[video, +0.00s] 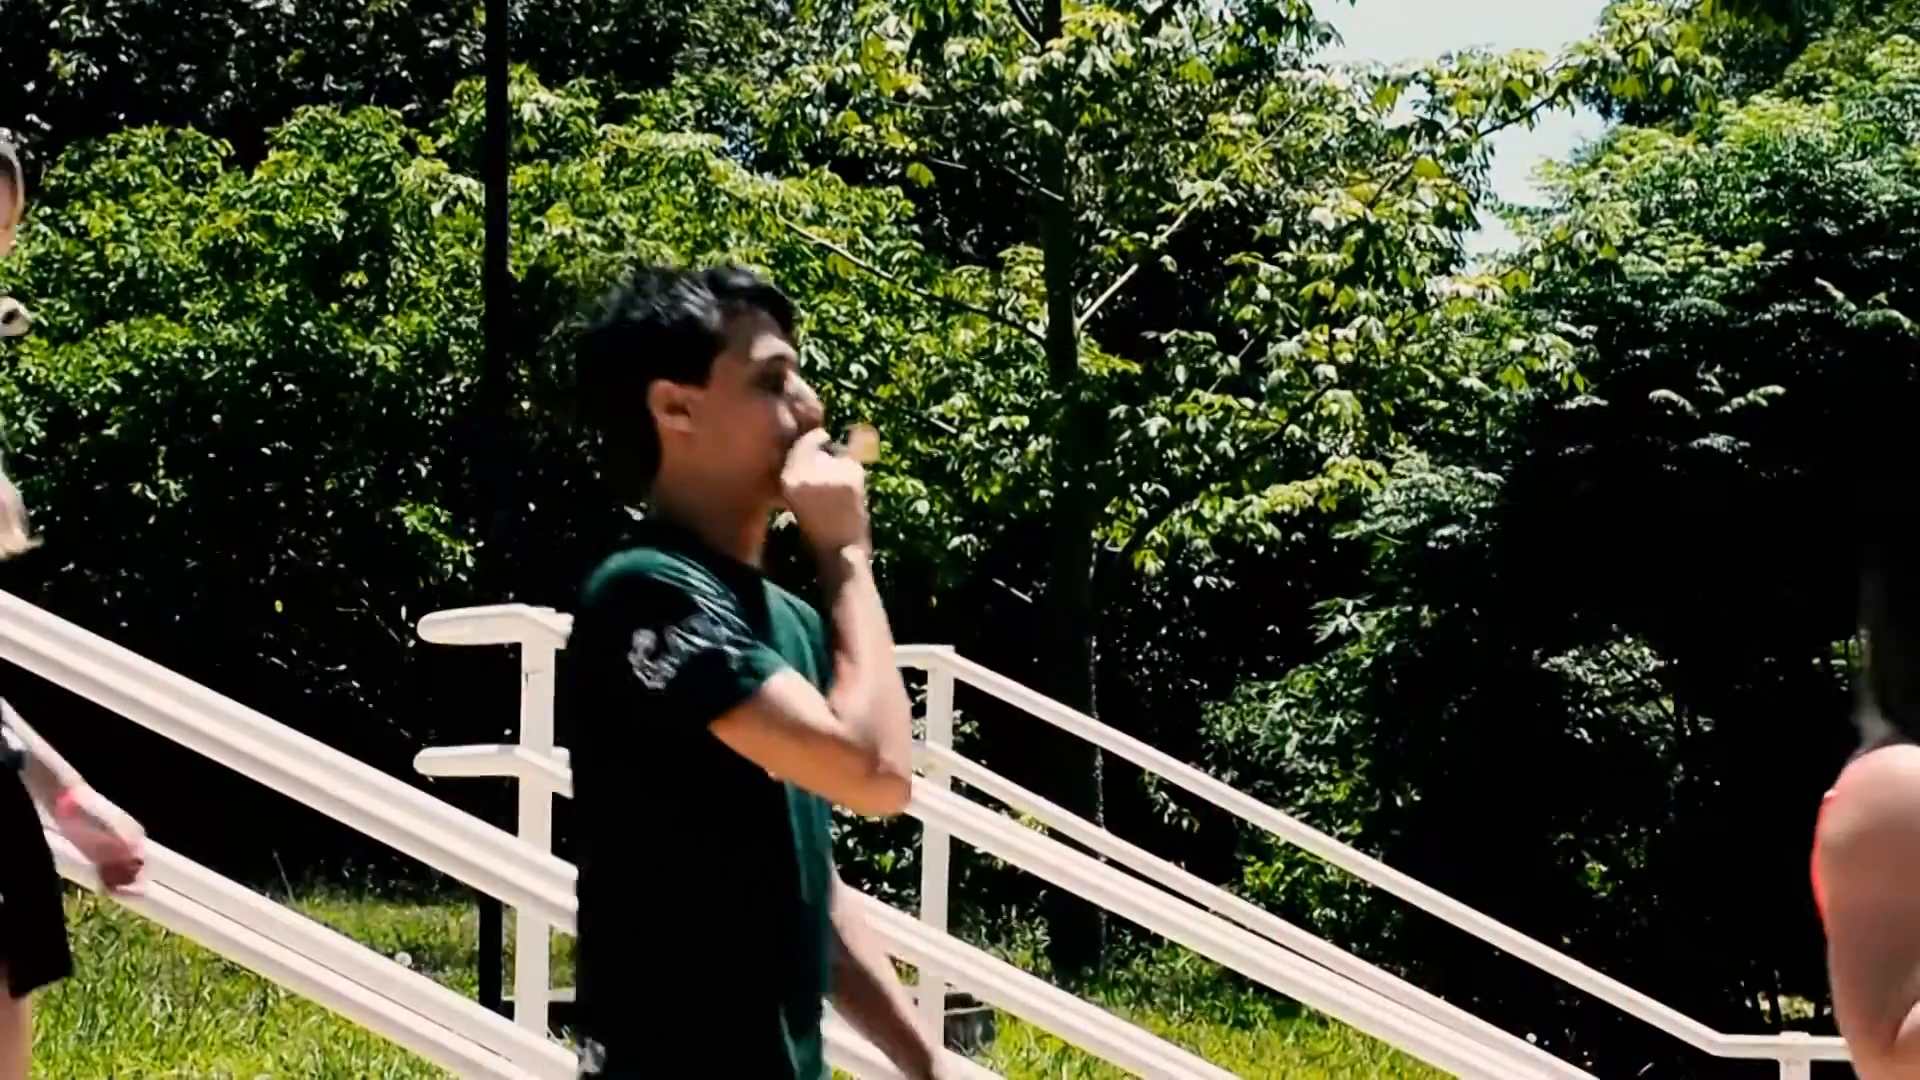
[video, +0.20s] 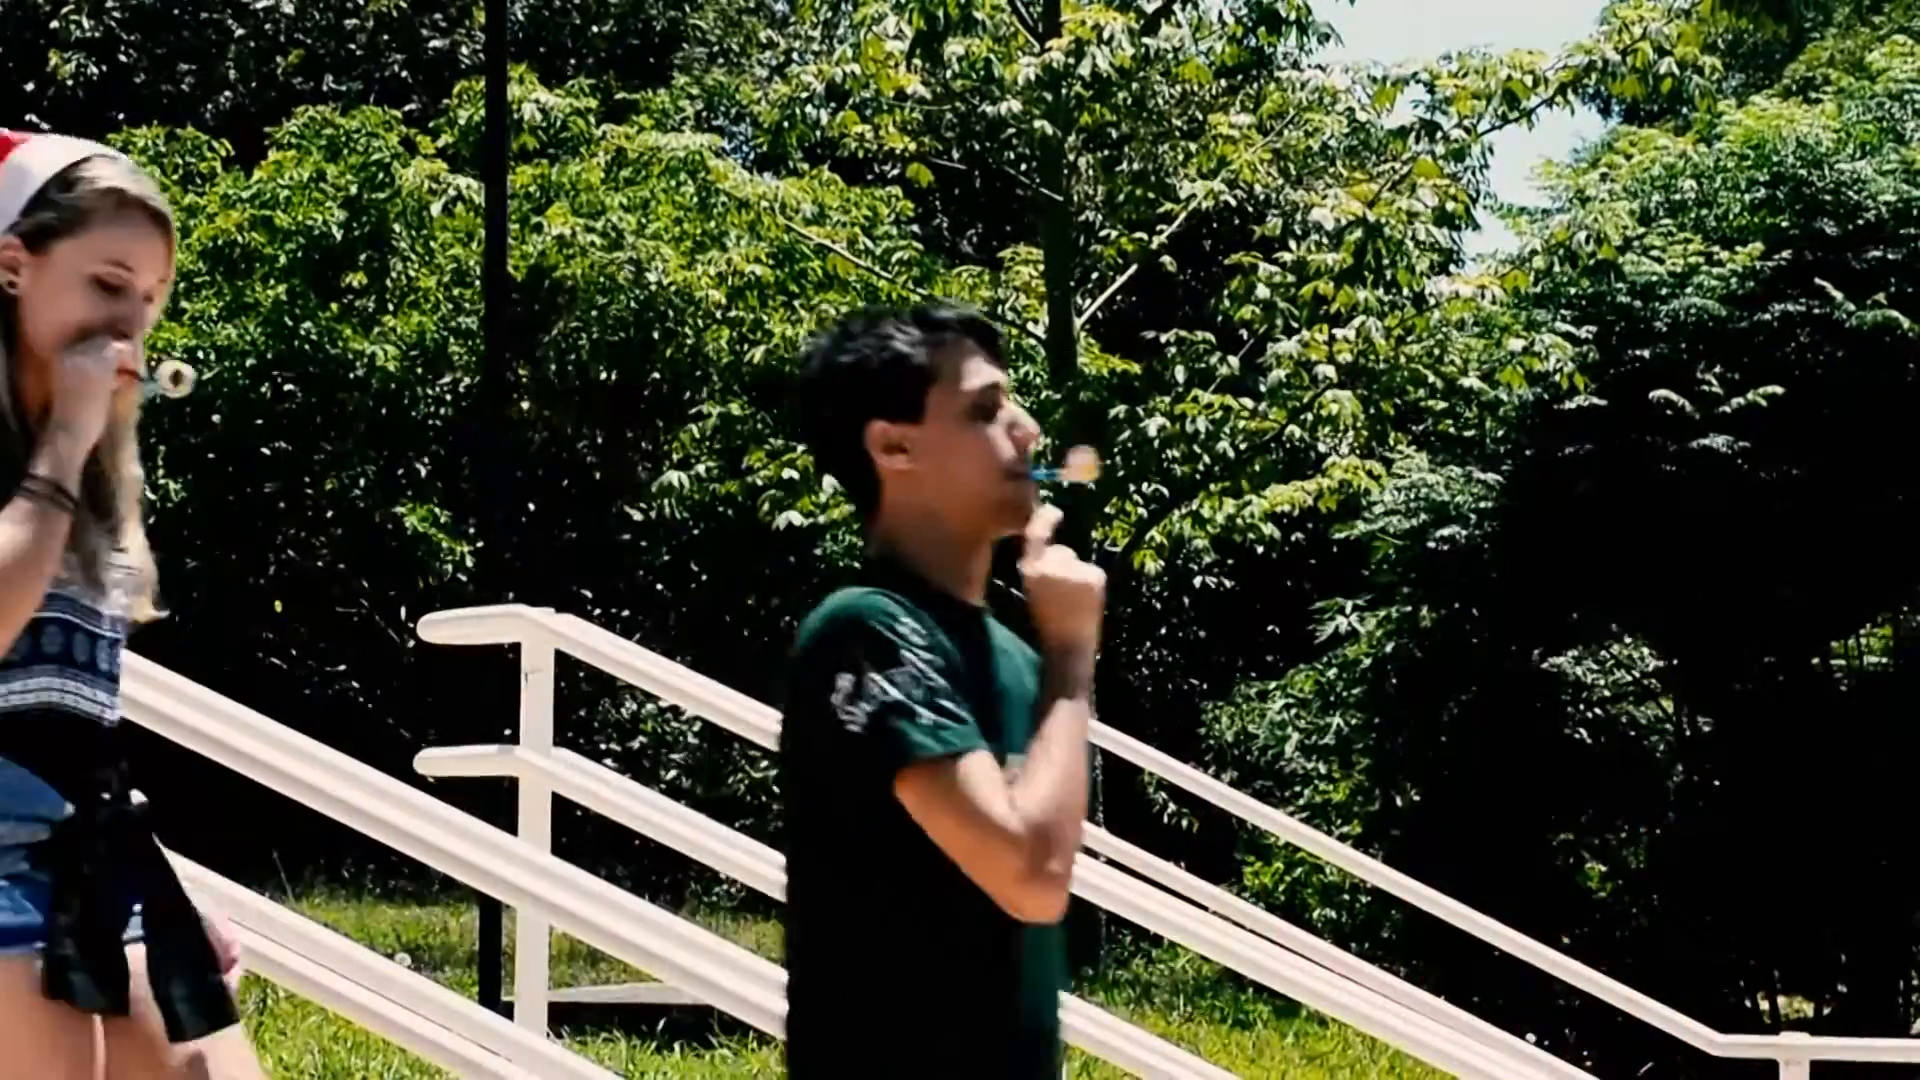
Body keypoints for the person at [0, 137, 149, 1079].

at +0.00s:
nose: (11, 269)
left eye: (11, 242)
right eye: (9, 241)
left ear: (15, 225)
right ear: (6, 222)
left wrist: (57, 783)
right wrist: (60, 785)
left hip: (1, 811)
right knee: (11, 1042)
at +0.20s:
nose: (130, 325)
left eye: (148, 303)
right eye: (106, 285)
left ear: (157, 314)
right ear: (18, 265)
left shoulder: (97, 466)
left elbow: (85, 734)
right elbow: (2, 629)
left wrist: (167, 901)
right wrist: (69, 445)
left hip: (104, 861)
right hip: (16, 865)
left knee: (223, 1060)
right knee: (54, 1061)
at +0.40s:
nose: (297, 375)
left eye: (314, 353)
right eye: (271, 337)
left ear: (325, 362)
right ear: (178, 322)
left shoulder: (260, 509)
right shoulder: (58, 464)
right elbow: (148, 688)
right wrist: (243, 496)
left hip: (243, 881)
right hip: (120, 881)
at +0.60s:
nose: (460, 439)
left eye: (474, 412)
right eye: (431, 402)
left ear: (486, 420)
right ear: (336, 394)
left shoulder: (415, 564)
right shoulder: (221, 540)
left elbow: (468, 737)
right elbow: (318, 764)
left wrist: (450, 562)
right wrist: (407, 565)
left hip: (420, 973)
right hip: (287, 974)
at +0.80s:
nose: (606, 484)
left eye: (618, 457)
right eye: (574, 448)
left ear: (629, 465)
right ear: (477, 452)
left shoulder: (567, 635)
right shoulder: (378, 608)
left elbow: (574, 908)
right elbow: (497, 831)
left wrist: (734, 1024)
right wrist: (563, 622)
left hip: (600, 1035)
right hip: (471, 1040)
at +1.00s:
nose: (784, 551)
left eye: (791, 522)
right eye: (750, 516)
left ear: (801, 532)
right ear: (650, 529)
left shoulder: (735, 709)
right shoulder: (559, 695)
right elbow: (715, 905)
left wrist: (779, 1053)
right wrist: (754, 689)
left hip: (748, 1053)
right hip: (620, 1055)